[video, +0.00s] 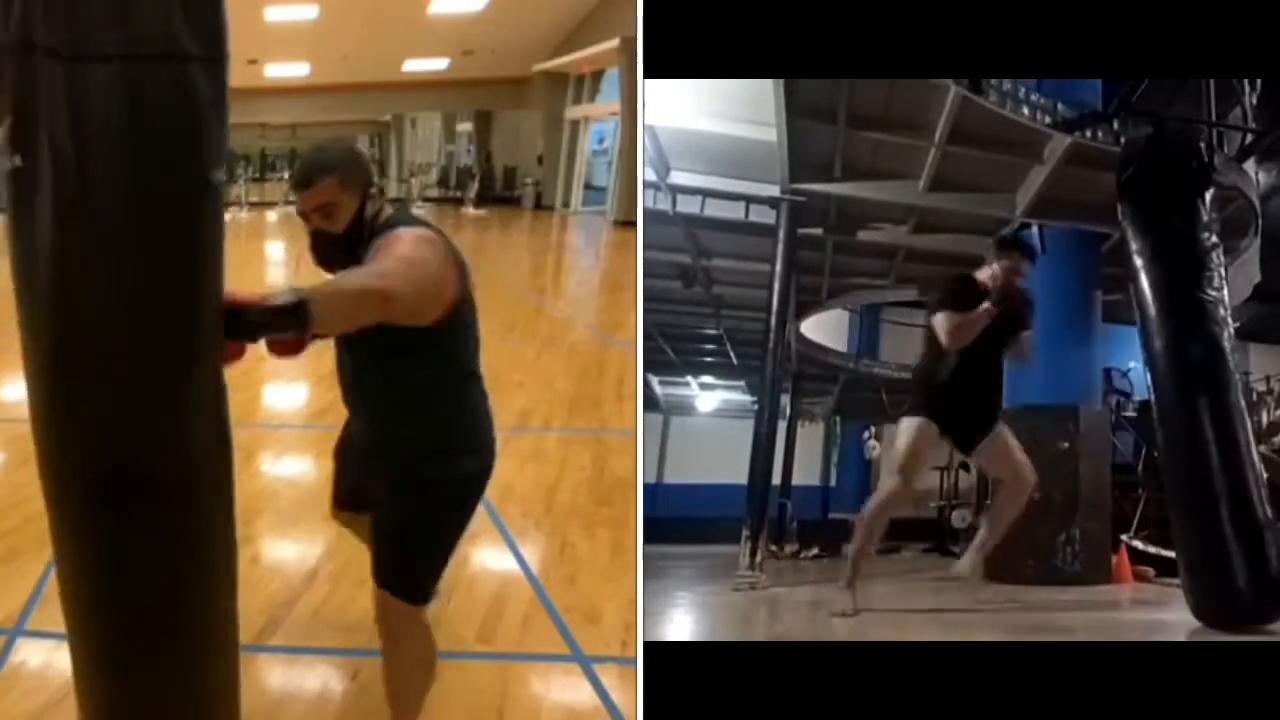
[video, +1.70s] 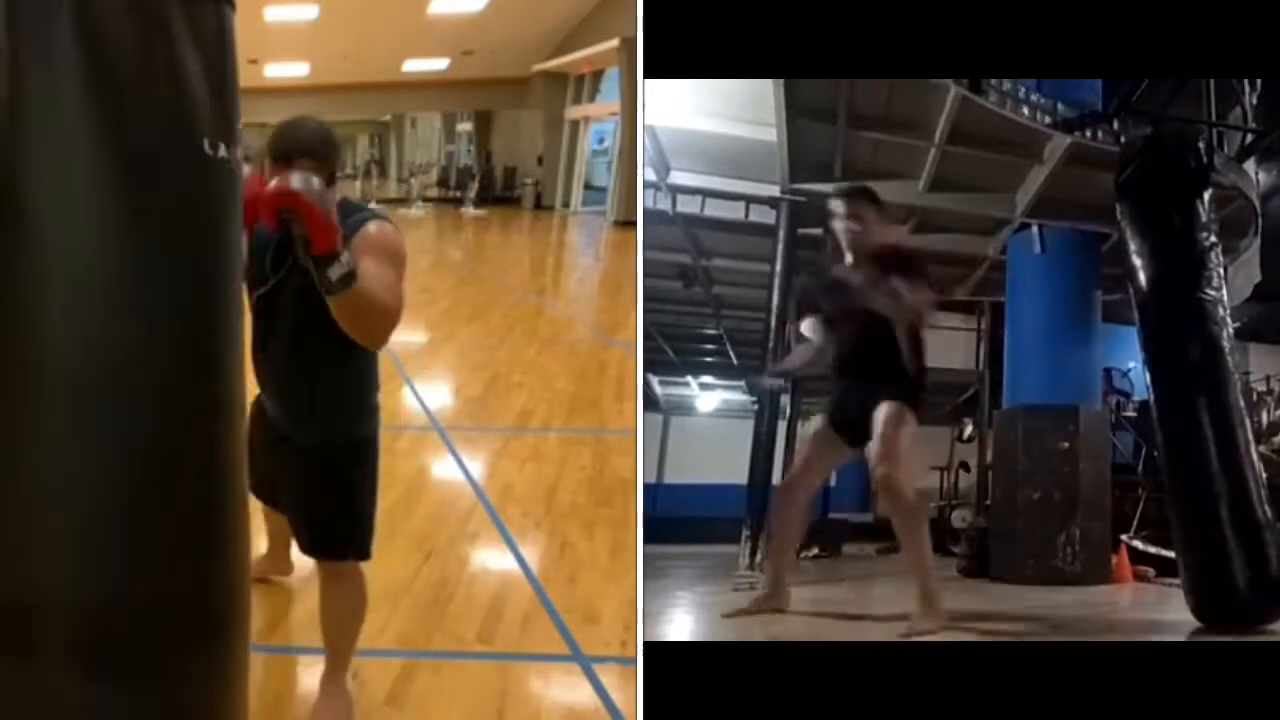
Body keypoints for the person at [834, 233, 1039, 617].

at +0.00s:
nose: (1014, 275)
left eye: (1021, 270)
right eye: (1010, 266)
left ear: (1026, 272)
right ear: (994, 260)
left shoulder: (1016, 303)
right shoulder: (958, 287)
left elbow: (1022, 353)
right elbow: (949, 337)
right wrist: (989, 307)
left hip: (976, 410)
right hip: (930, 403)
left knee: (1020, 482)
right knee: (898, 484)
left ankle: (972, 558)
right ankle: (849, 578)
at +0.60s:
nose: (1001, 262)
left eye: (1006, 257)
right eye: (997, 253)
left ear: (1006, 259)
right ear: (977, 245)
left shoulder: (997, 289)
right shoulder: (926, 269)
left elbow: (1015, 333)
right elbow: (883, 314)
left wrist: (996, 294)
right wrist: (931, 315)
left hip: (962, 397)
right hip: (912, 389)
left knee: (980, 488)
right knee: (876, 464)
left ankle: (996, 585)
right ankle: (841, 577)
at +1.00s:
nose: (943, 250)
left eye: (949, 243)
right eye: (937, 240)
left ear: (950, 248)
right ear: (914, 235)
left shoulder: (939, 282)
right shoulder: (878, 264)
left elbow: (954, 330)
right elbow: (859, 303)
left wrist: (973, 311)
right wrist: (912, 281)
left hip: (921, 387)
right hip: (873, 383)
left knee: (963, 473)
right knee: (836, 472)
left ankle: (980, 569)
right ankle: (807, 582)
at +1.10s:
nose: (925, 242)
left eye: (931, 236)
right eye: (919, 233)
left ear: (936, 241)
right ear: (899, 231)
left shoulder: (935, 273)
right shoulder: (868, 264)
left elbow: (973, 318)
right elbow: (822, 299)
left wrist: (974, 283)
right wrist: (880, 276)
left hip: (907, 387)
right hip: (860, 382)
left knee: (925, 487)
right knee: (823, 464)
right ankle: (785, 570)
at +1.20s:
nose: (913, 250)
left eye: (919, 246)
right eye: (908, 241)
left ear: (924, 254)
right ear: (890, 243)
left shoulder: (927, 284)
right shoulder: (861, 279)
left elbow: (968, 311)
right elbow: (800, 313)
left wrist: (960, 267)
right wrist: (842, 291)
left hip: (901, 401)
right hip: (852, 395)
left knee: (891, 504)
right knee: (807, 475)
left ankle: (869, 583)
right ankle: (768, 590)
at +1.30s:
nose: (896, 264)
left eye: (903, 258)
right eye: (891, 254)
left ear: (908, 261)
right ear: (873, 252)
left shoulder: (911, 294)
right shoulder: (846, 287)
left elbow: (946, 319)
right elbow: (788, 324)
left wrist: (918, 278)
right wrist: (805, 309)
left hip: (886, 405)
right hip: (836, 400)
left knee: (891, 503)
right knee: (790, 483)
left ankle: (874, 572)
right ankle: (767, 593)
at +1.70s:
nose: (847, 227)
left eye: (857, 218)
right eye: (840, 219)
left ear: (879, 224)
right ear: (831, 227)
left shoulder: (900, 266)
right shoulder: (823, 282)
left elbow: (918, 312)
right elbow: (819, 343)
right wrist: (784, 369)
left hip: (896, 390)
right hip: (849, 393)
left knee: (887, 476)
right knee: (793, 487)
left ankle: (930, 606)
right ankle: (775, 591)